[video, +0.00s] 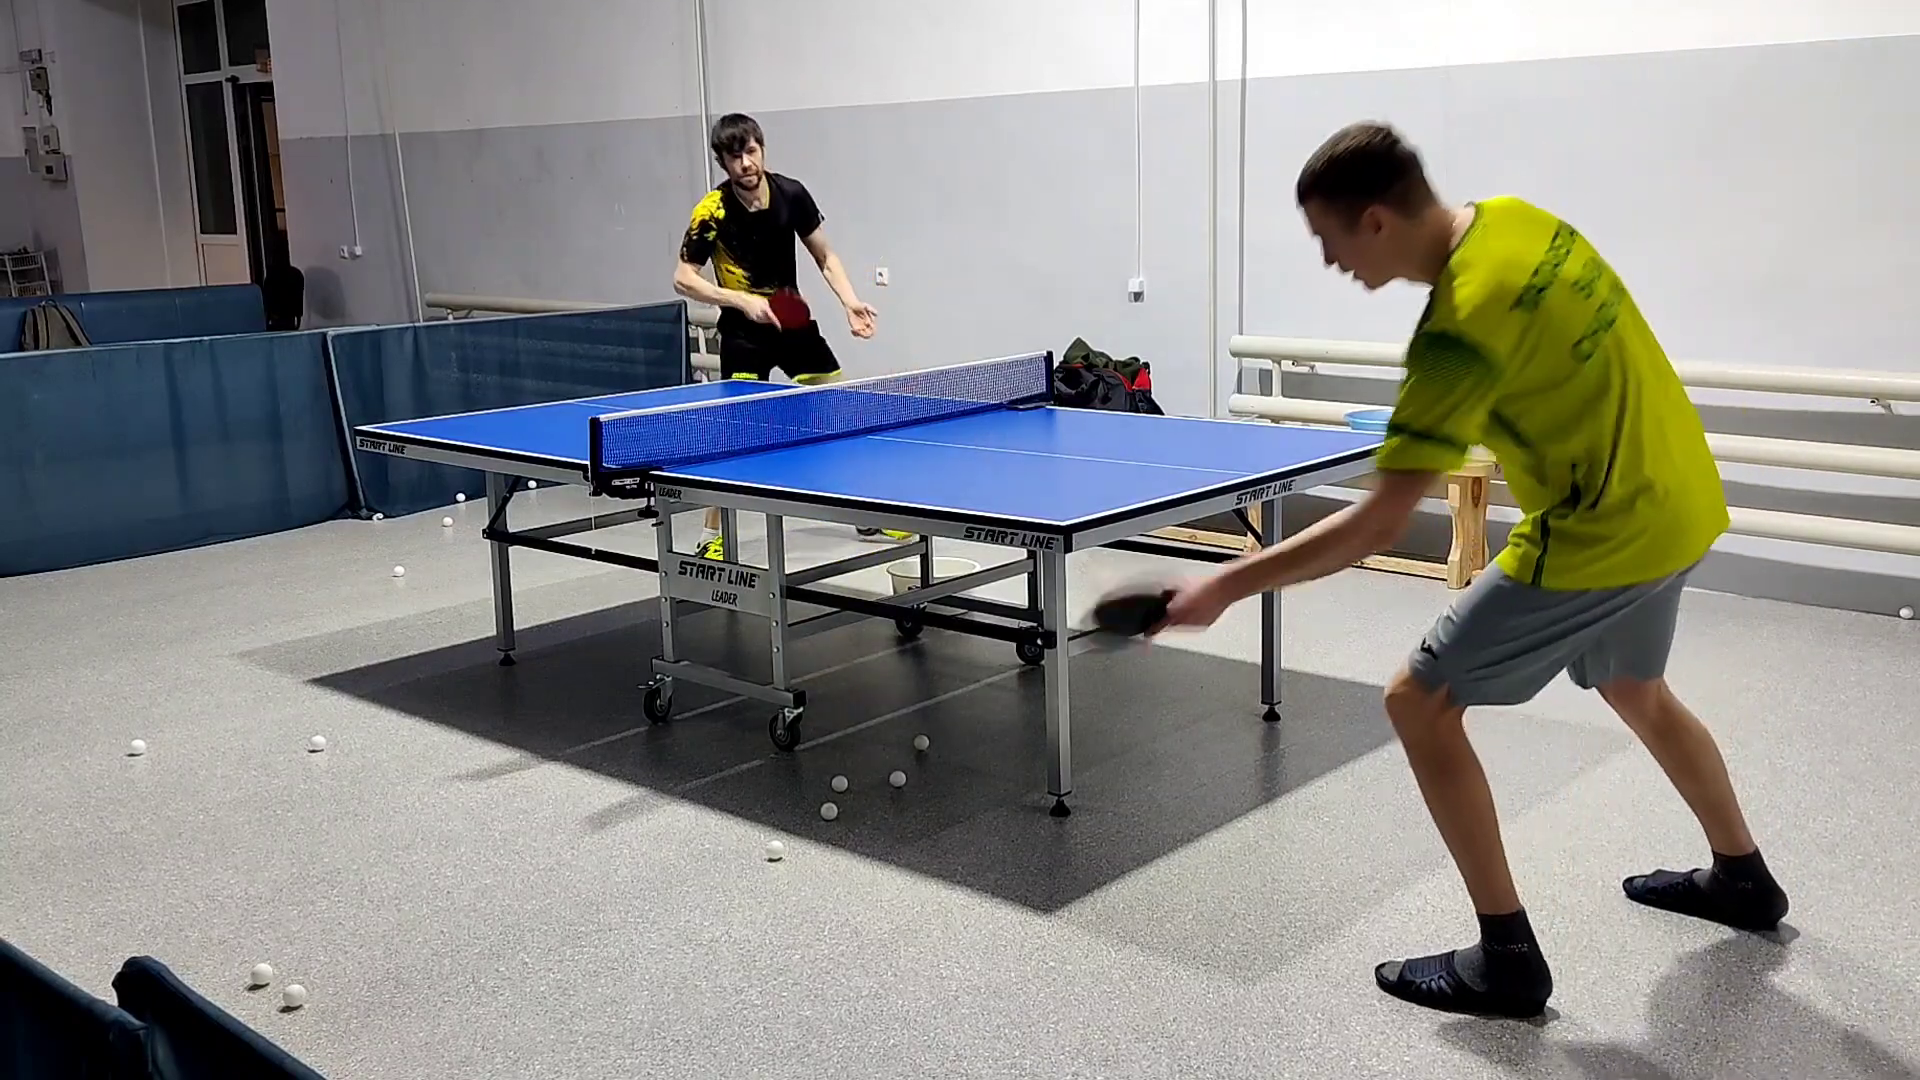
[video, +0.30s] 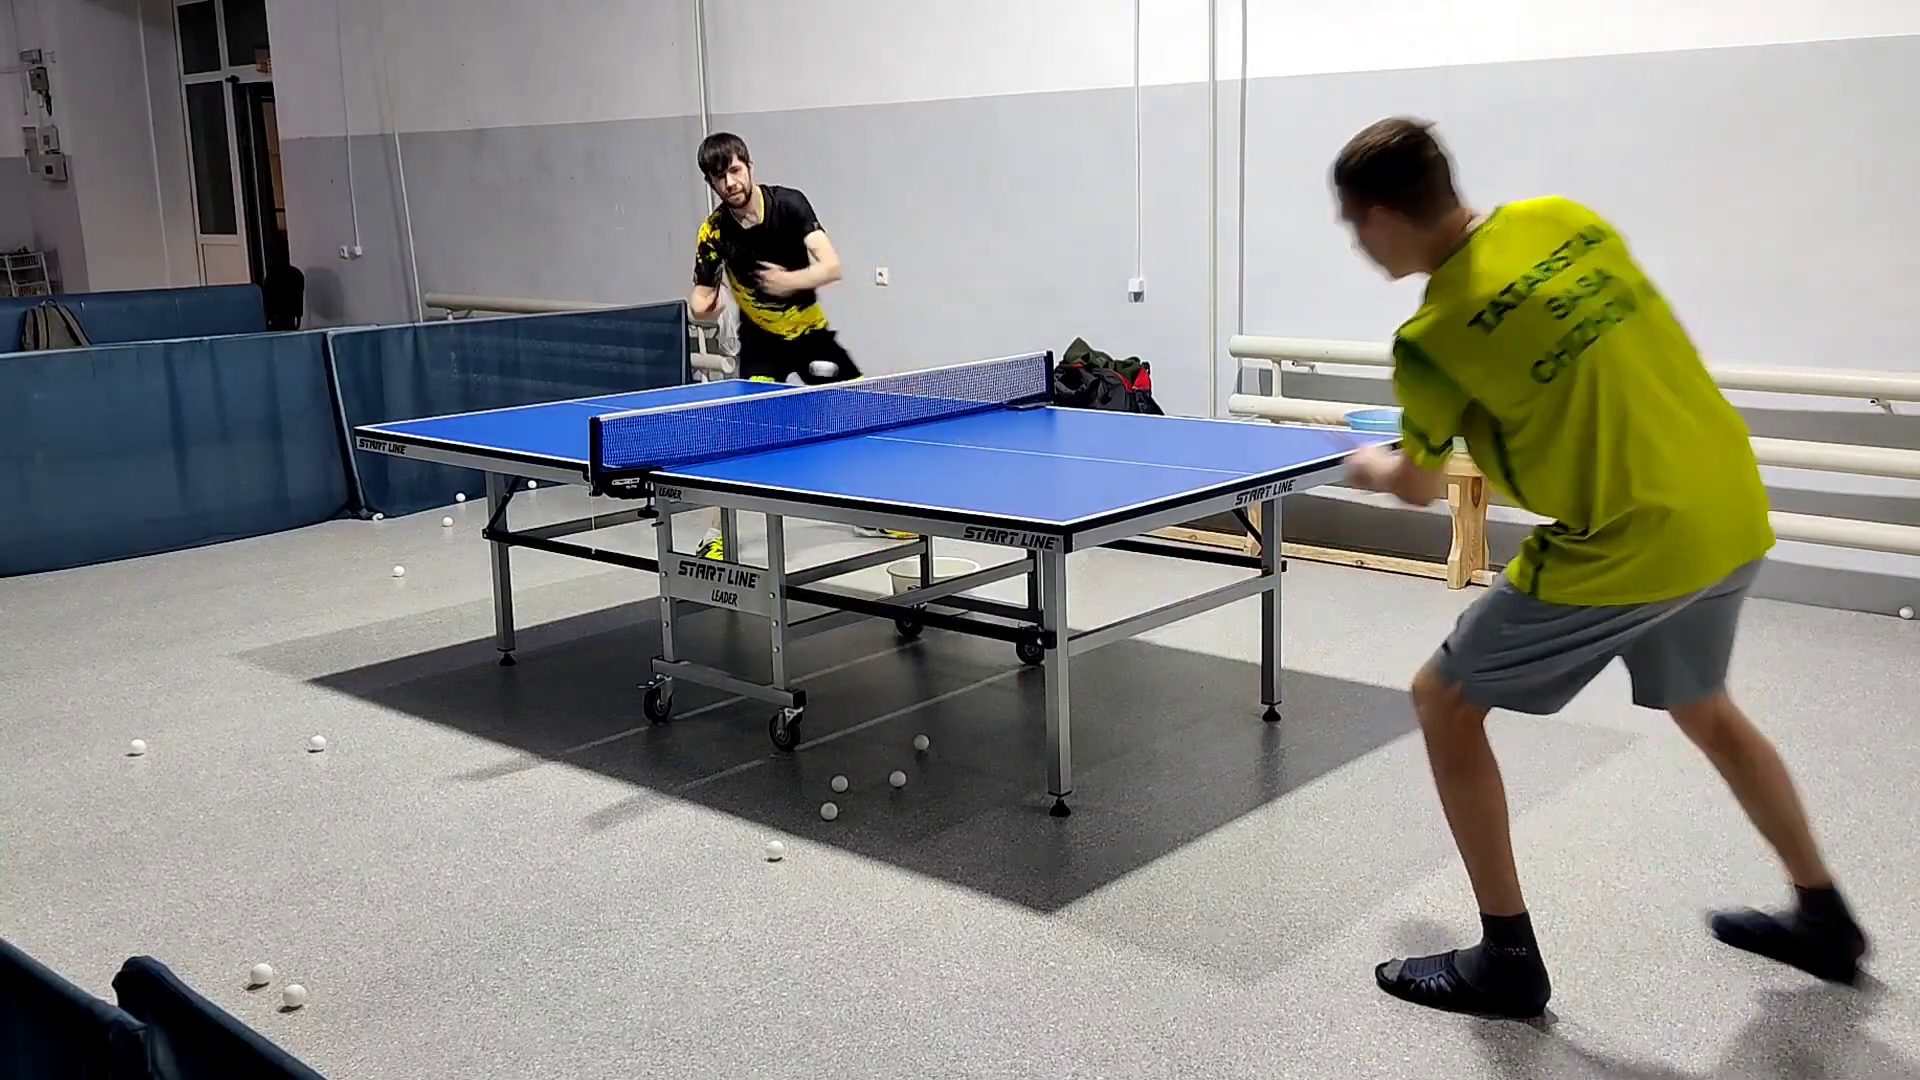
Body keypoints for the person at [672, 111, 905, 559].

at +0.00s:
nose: (745, 164)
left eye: (750, 153)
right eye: (734, 157)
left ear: (763, 150)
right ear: (722, 162)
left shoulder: (790, 194)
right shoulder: (712, 210)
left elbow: (824, 255)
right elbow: (685, 278)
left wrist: (850, 302)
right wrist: (740, 299)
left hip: (793, 322)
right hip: (742, 329)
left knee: (844, 408)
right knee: (732, 427)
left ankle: (870, 507)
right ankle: (714, 535)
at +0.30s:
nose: (731, 183)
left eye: (736, 171)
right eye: (720, 177)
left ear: (749, 167)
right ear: (711, 183)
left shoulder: (789, 204)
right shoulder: (714, 231)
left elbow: (831, 266)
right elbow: (702, 305)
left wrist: (793, 280)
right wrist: (710, 306)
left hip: (810, 333)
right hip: (759, 340)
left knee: (865, 411)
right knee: (739, 429)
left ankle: (887, 508)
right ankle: (718, 533)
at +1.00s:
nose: (807, 226)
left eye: (813, 216)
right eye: (798, 221)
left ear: (828, 215)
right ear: (792, 228)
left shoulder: (861, 260)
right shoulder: (790, 262)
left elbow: (896, 326)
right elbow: (755, 224)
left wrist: (859, 294)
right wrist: (798, 169)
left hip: (862, 385)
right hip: (805, 386)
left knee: (887, 469)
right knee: (789, 463)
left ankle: (903, 559)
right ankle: (763, 536)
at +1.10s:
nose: (826, 214)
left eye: (832, 203)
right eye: (818, 207)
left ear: (844, 206)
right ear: (809, 214)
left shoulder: (866, 255)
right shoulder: (800, 248)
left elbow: (890, 327)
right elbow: (779, 209)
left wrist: (870, 302)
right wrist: (829, 162)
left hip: (858, 374)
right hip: (807, 375)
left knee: (885, 460)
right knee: (796, 460)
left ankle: (907, 556)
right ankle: (764, 535)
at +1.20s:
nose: (830, 205)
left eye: (835, 194)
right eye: (821, 198)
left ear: (847, 197)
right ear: (811, 206)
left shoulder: (867, 249)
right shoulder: (804, 242)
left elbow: (888, 321)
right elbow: (785, 207)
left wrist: (872, 298)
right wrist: (832, 154)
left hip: (860, 370)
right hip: (810, 370)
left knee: (895, 451)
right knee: (786, 452)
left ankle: (907, 556)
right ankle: (764, 533)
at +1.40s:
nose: (814, 174)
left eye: (818, 163)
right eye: (803, 168)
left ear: (831, 167)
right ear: (794, 176)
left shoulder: (856, 220)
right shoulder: (788, 217)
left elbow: (888, 285)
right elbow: (754, 207)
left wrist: (867, 280)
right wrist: (787, 151)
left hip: (852, 351)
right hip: (802, 351)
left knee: (909, 415)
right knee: (778, 420)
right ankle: (761, 529)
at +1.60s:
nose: (795, 145)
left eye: (801, 134)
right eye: (785, 138)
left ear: (813, 137)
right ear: (772, 146)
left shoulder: (836, 189)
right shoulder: (764, 189)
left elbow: (871, 249)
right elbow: (732, 235)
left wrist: (852, 260)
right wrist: (750, 189)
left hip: (832, 319)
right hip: (784, 319)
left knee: (874, 409)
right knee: (771, 414)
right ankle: (745, 529)